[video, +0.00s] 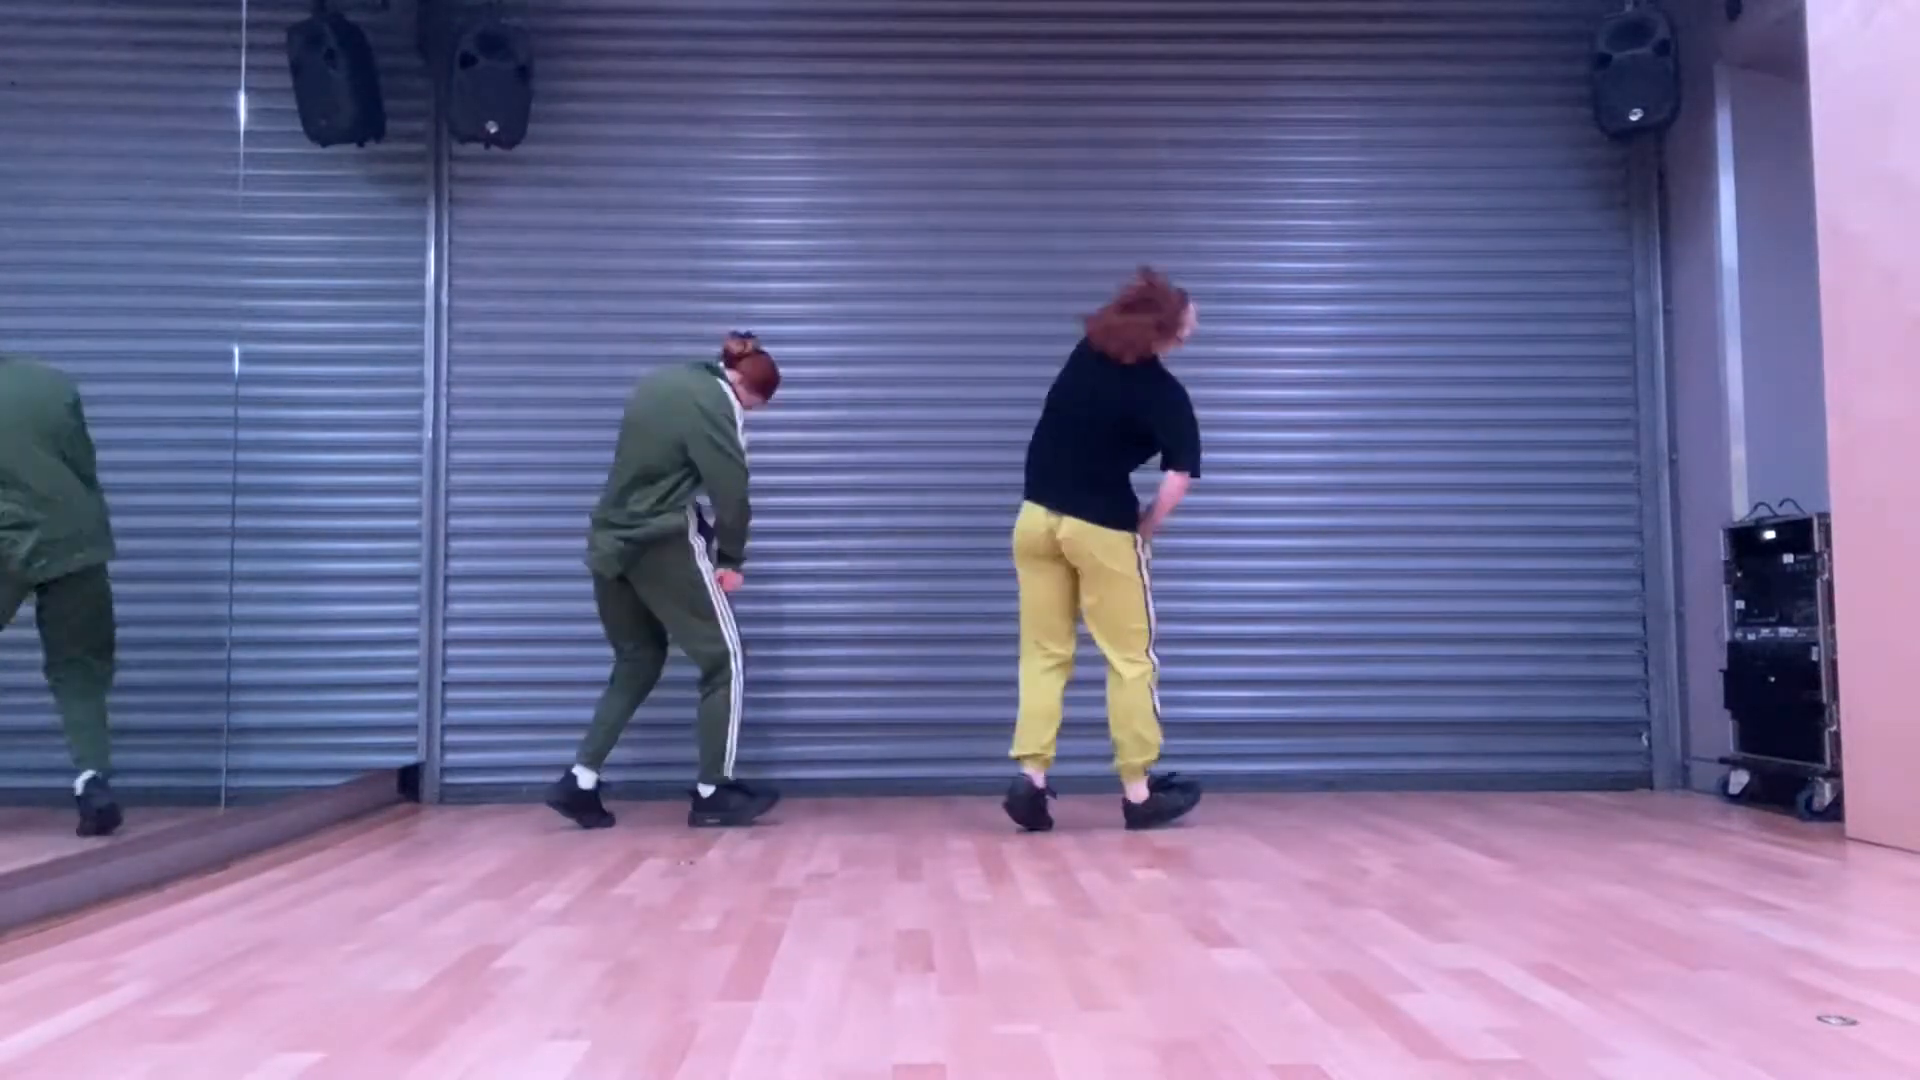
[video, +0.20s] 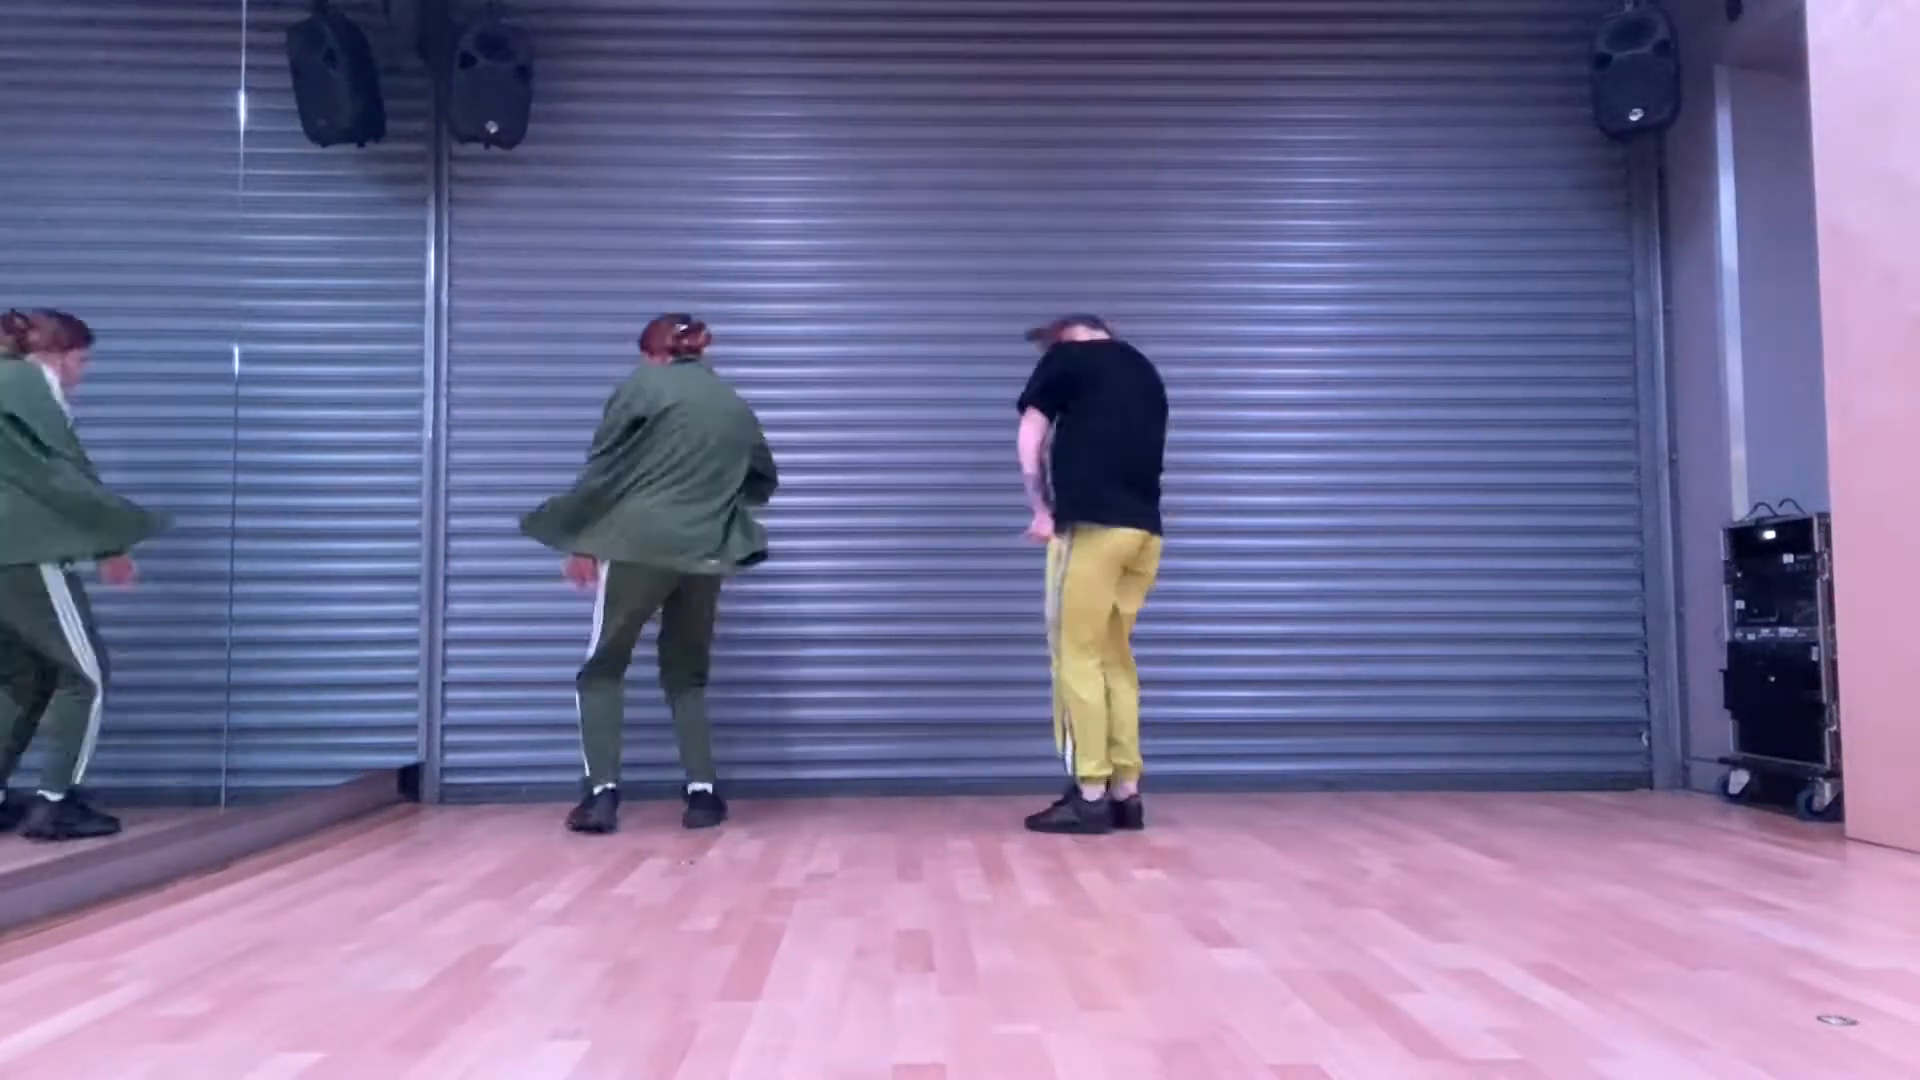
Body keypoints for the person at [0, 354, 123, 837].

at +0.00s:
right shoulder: (48, 382)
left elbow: (81, 465)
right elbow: (83, 465)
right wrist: (82, 530)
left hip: (8, 540)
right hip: (74, 536)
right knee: (79, 663)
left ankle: (92, 778)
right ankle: (93, 779)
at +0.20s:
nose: (82, 375)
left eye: (84, 364)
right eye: (81, 363)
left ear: (39, 351)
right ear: (55, 355)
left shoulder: (13, 382)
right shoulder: (26, 381)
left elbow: (51, 477)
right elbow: (64, 469)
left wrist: (102, 545)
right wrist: (115, 537)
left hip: (10, 557)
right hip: (28, 554)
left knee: (24, 680)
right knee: (85, 675)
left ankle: (3, 793)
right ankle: (54, 800)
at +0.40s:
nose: (15, 321)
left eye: (27, 312)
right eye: (6, 312)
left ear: (47, 326)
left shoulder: (63, 389)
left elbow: (109, 462)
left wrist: (92, 401)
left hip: (51, 530)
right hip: (5, 534)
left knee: (73, 666)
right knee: (34, 663)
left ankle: (4, 772)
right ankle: (2, 776)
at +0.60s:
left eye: (10, 328)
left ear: (39, 338)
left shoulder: (61, 396)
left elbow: (73, 422)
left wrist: (111, 383)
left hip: (49, 525)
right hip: (0, 527)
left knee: (73, 673)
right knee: (2, 670)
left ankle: (39, 747)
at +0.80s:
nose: (13, 357)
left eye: (25, 346)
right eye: (6, 347)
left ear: (58, 354)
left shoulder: (78, 391)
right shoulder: (1, 399)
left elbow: (48, 393)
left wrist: (6, 383)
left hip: (63, 533)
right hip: (5, 532)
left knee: (44, 682)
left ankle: (64, 792)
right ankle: (4, 721)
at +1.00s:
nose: (0, 355)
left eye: (10, 345)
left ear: (42, 351)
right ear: (5, 353)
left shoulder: (79, 404)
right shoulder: (0, 404)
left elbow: (102, 489)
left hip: (56, 525)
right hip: (3, 522)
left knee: (42, 673)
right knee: (0, 663)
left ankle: (63, 789)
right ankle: (27, 740)